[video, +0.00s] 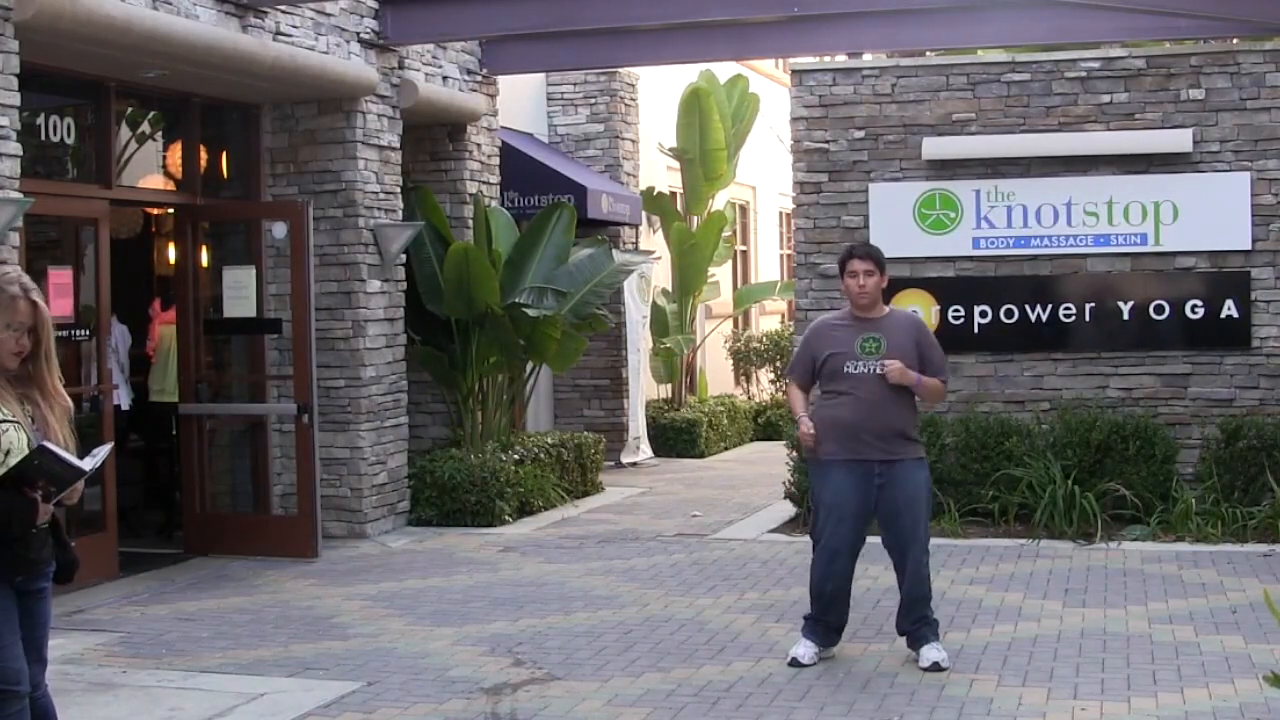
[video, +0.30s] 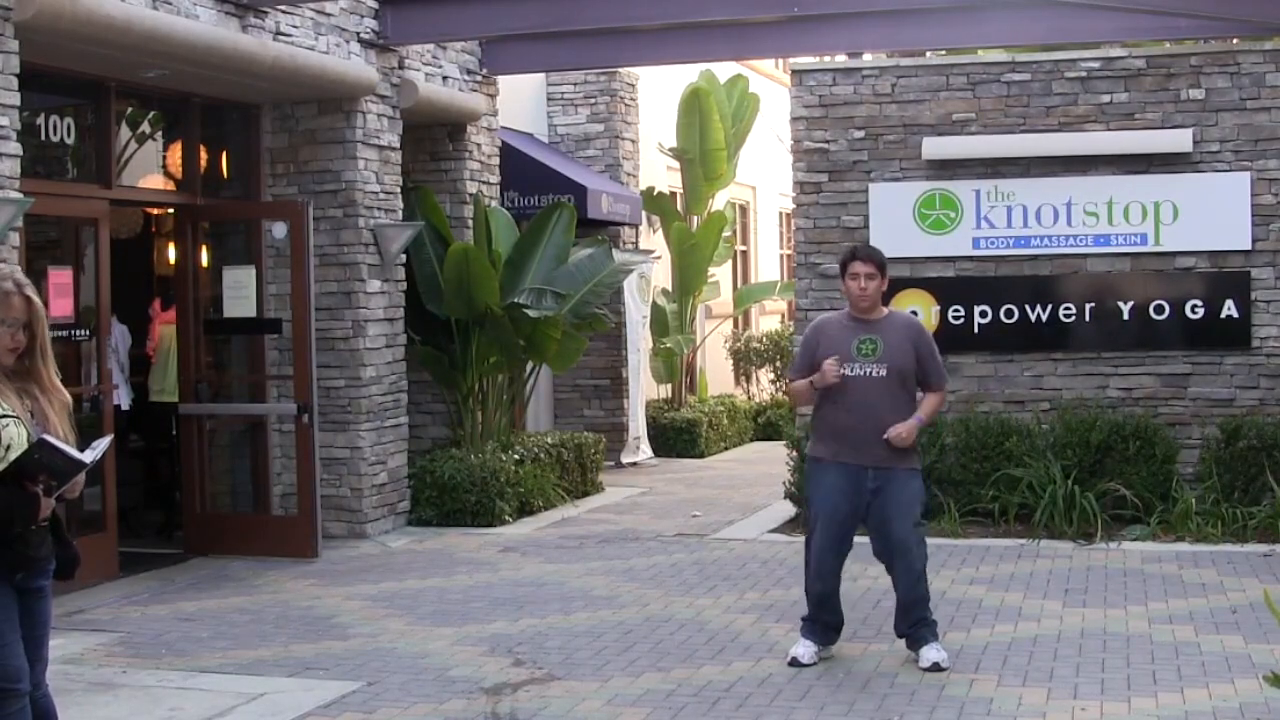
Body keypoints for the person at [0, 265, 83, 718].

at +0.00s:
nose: (22, 341)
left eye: (29, 330)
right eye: (12, 329)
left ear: (38, 333)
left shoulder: (47, 396)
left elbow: (67, 479)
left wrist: (66, 490)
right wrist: (23, 508)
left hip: (37, 556)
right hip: (2, 557)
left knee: (35, 682)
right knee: (14, 686)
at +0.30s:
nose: (15, 337)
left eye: (23, 326)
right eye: (6, 325)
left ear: (34, 330)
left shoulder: (48, 392)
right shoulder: (5, 392)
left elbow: (68, 472)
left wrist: (69, 485)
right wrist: (27, 502)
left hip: (38, 550)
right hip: (4, 551)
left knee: (36, 683)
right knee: (14, 686)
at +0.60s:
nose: (11, 336)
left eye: (19, 326)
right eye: (4, 324)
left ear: (30, 331)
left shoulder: (44, 392)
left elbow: (64, 472)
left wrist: (68, 486)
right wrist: (27, 499)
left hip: (37, 554)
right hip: (2, 555)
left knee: (36, 682)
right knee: (17, 685)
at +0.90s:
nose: (17, 332)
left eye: (25, 322)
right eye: (9, 319)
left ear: (34, 328)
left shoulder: (42, 389)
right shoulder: (4, 388)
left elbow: (63, 464)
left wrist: (70, 483)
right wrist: (31, 496)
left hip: (37, 552)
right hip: (2, 552)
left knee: (38, 684)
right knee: (9, 685)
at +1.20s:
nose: (9, 333)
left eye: (17, 322)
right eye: (3, 319)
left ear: (28, 329)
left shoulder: (41, 393)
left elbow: (62, 471)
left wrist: (67, 485)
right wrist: (21, 501)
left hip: (34, 560)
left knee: (40, 697)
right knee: (5, 694)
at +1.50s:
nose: (3, 334)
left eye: (9, 323)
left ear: (20, 330)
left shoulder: (34, 395)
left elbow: (52, 475)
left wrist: (60, 485)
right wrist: (7, 504)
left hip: (29, 568)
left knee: (52, 703)